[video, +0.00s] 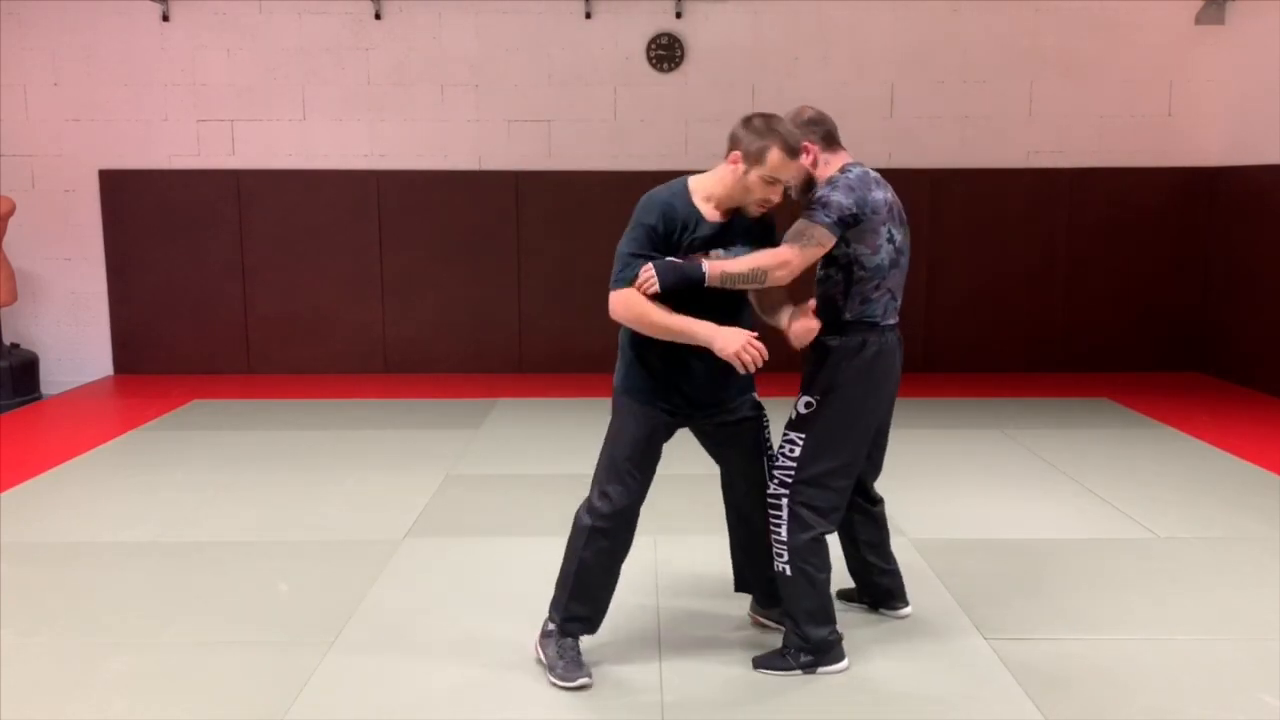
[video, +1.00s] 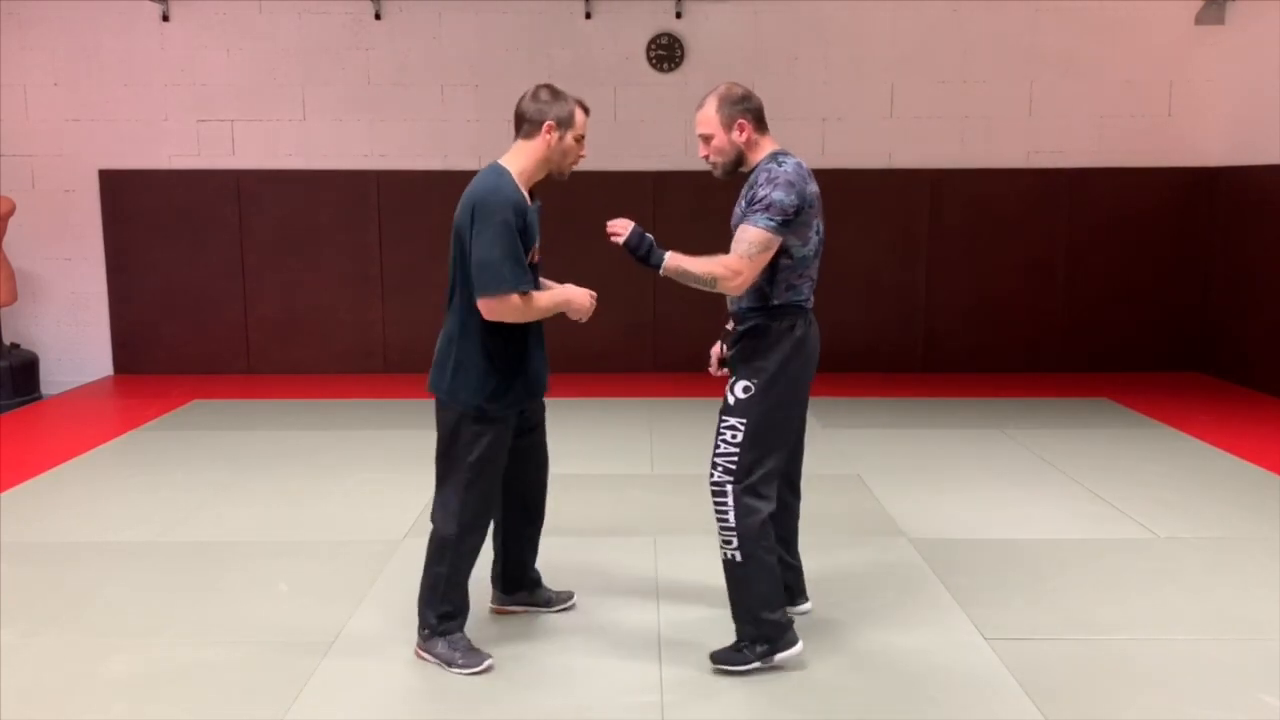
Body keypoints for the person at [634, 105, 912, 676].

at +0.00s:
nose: (789, 183)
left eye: (789, 170)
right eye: (786, 175)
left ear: (811, 152)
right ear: (826, 147)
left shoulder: (844, 189)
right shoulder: (869, 185)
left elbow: (784, 265)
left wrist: (692, 270)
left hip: (849, 356)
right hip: (874, 353)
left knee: (789, 487)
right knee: (850, 479)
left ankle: (813, 640)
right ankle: (881, 585)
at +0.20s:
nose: (766, 160)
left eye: (771, 147)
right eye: (764, 148)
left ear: (806, 140)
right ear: (813, 140)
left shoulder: (834, 188)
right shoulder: (854, 181)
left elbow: (805, 282)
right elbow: (812, 283)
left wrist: (708, 287)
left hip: (830, 354)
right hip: (856, 350)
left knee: (787, 497)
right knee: (847, 479)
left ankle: (813, 642)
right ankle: (880, 587)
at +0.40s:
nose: (745, 147)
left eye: (752, 135)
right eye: (744, 136)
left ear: (788, 129)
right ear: (791, 130)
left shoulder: (820, 182)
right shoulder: (825, 176)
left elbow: (795, 285)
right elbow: (820, 282)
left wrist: (706, 286)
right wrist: (786, 341)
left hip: (819, 348)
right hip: (825, 343)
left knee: (792, 499)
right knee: (818, 472)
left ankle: (813, 645)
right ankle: (849, 566)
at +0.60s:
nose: (725, 147)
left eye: (732, 135)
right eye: (724, 135)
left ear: (767, 130)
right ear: (770, 130)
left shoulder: (802, 182)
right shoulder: (802, 175)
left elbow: (776, 283)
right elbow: (805, 279)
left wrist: (690, 290)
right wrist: (770, 338)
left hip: (805, 345)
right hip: (802, 340)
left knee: (791, 492)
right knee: (792, 472)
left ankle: (814, 644)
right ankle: (798, 576)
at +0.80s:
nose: (713, 151)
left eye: (720, 139)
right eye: (712, 140)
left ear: (754, 133)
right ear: (756, 134)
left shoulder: (793, 182)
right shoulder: (780, 181)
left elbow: (769, 281)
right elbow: (777, 283)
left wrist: (685, 282)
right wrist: (751, 350)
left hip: (789, 347)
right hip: (778, 345)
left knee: (763, 493)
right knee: (773, 477)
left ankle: (809, 637)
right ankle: (782, 578)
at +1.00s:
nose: (703, 151)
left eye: (708, 139)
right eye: (700, 139)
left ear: (743, 131)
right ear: (744, 132)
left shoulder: (780, 180)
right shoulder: (769, 176)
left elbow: (739, 272)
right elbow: (765, 277)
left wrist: (656, 255)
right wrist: (734, 336)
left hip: (774, 340)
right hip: (776, 337)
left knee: (733, 481)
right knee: (775, 474)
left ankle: (766, 634)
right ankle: (785, 589)